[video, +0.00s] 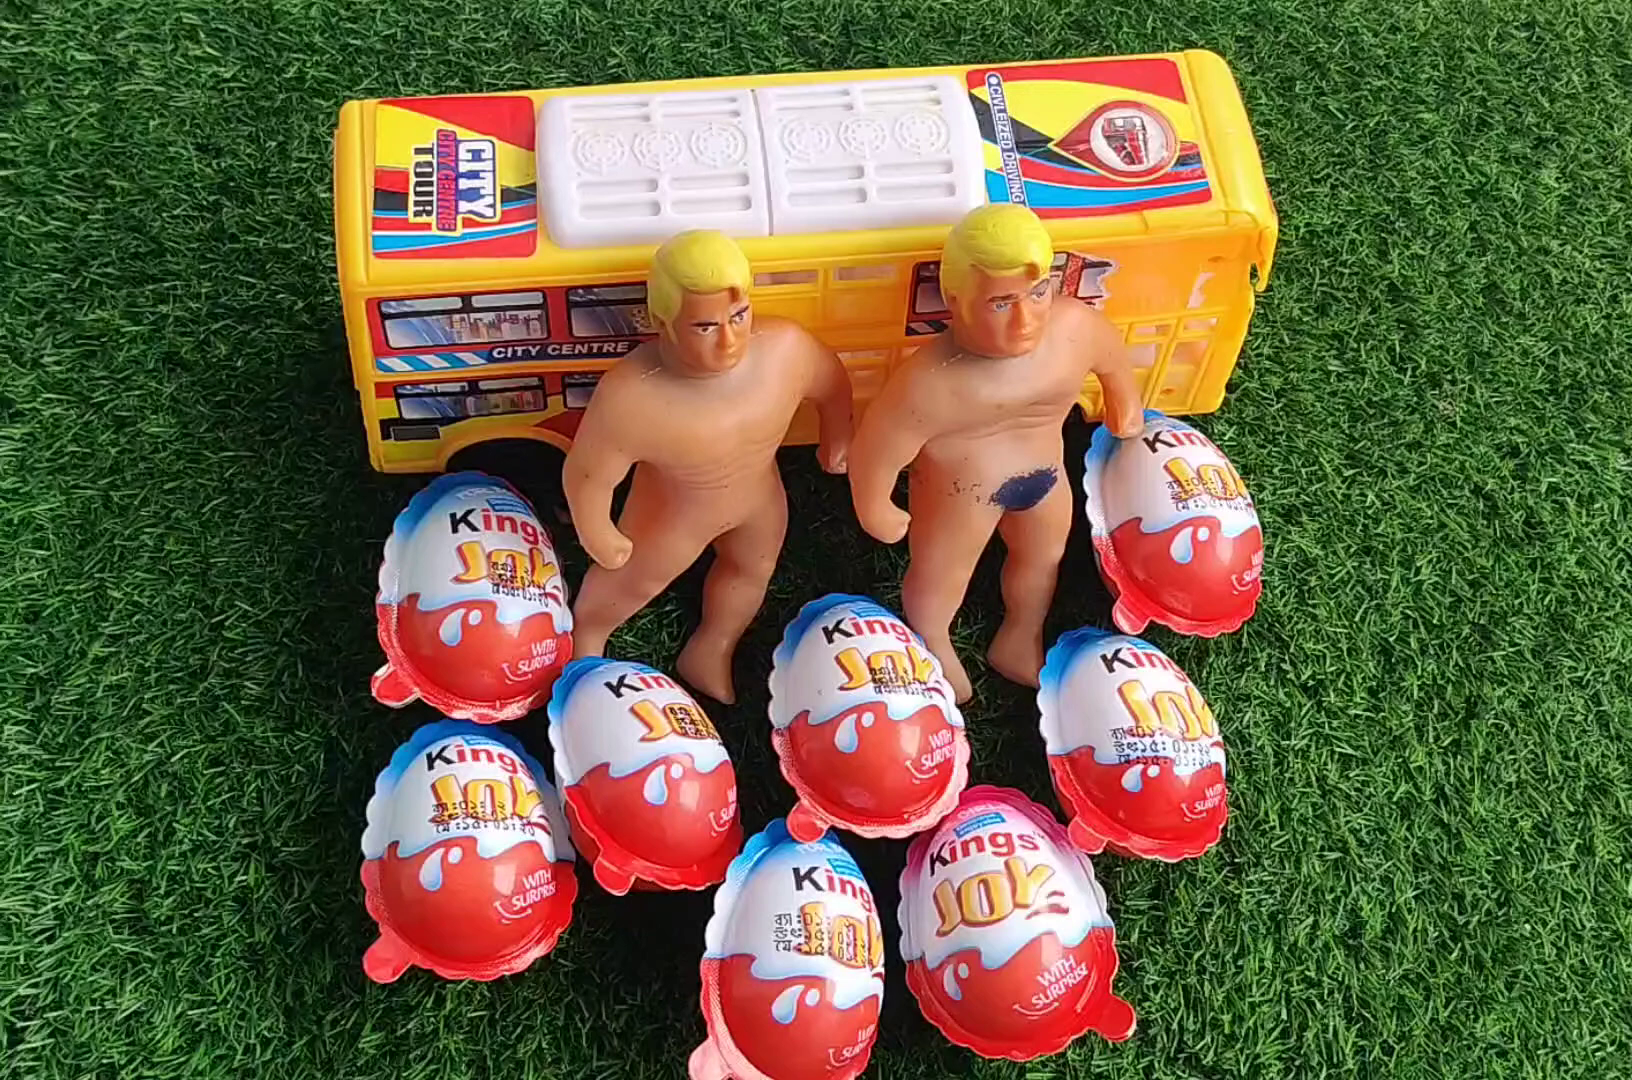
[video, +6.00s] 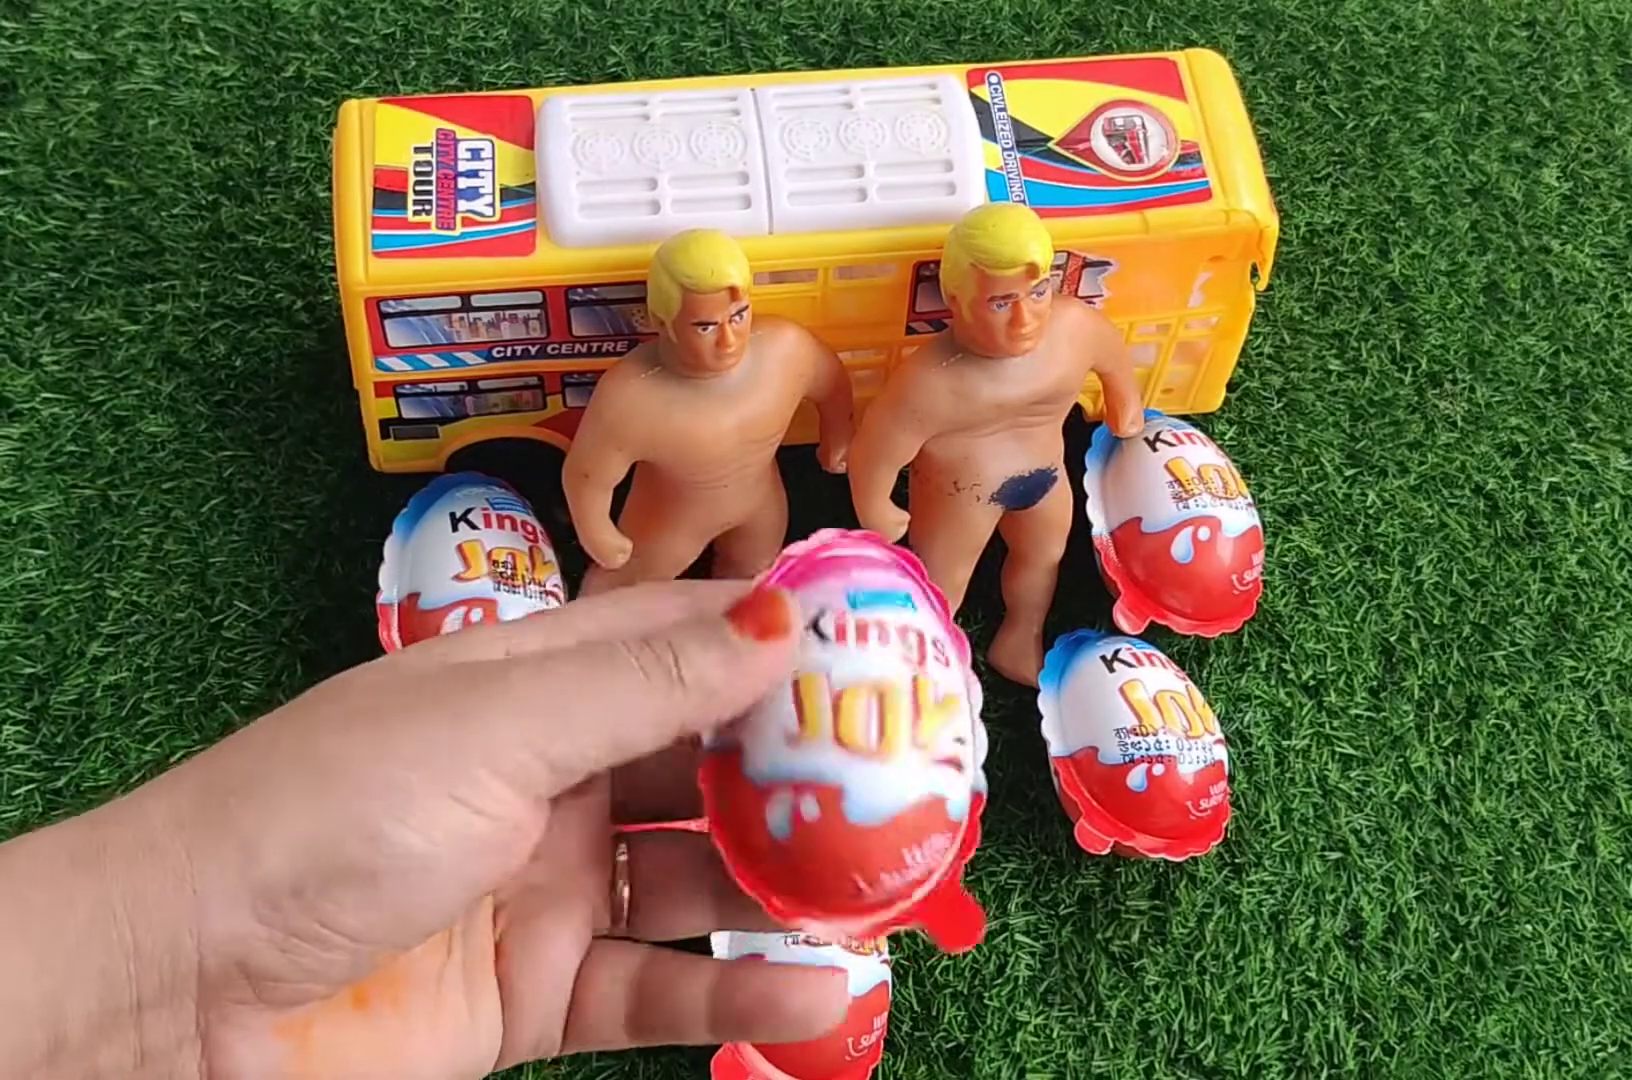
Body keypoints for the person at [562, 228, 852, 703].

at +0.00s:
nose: (728, 339)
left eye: (739, 316)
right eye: (705, 326)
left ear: (750, 302)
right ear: (661, 324)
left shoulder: (789, 350)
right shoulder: (629, 397)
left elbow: (834, 387)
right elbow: (588, 475)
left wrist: (837, 440)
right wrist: (600, 537)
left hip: (759, 496)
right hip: (672, 511)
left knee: (749, 574)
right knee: (630, 585)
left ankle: (711, 651)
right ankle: (589, 630)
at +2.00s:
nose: (729, 339)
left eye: (739, 316)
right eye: (705, 326)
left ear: (751, 301)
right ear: (660, 323)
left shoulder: (789, 350)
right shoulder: (629, 397)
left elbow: (834, 387)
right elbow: (587, 474)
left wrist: (837, 439)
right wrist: (600, 538)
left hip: (759, 496)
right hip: (673, 512)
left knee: (749, 574)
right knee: (631, 584)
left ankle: (711, 650)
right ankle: (590, 629)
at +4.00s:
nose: (729, 338)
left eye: (739, 316)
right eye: (705, 326)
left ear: (750, 303)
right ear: (663, 325)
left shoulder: (789, 350)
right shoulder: (630, 395)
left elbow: (835, 390)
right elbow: (587, 476)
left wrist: (837, 442)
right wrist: (603, 542)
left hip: (761, 503)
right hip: (671, 518)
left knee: (752, 589)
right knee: (627, 590)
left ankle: (730, 643)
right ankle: (587, 637)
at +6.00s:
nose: (728, 340)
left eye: (739, 316)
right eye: (705, 326)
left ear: (750, 301)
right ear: (663, 323)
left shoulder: (788, 350)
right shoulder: (629, 397)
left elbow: (833, 387)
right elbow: (586, 477)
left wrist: (836, 440)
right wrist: (598, 537)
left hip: (758, 500)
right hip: (671, 515)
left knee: (753, 585)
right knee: (627, 590)